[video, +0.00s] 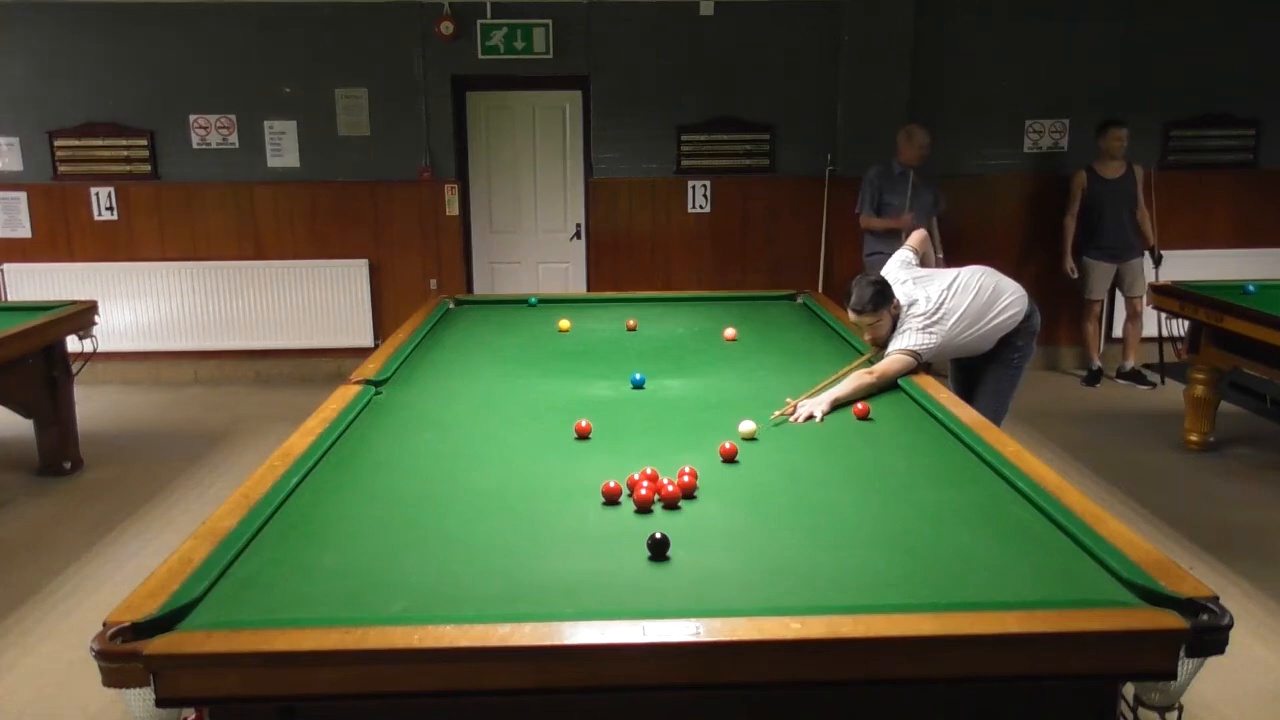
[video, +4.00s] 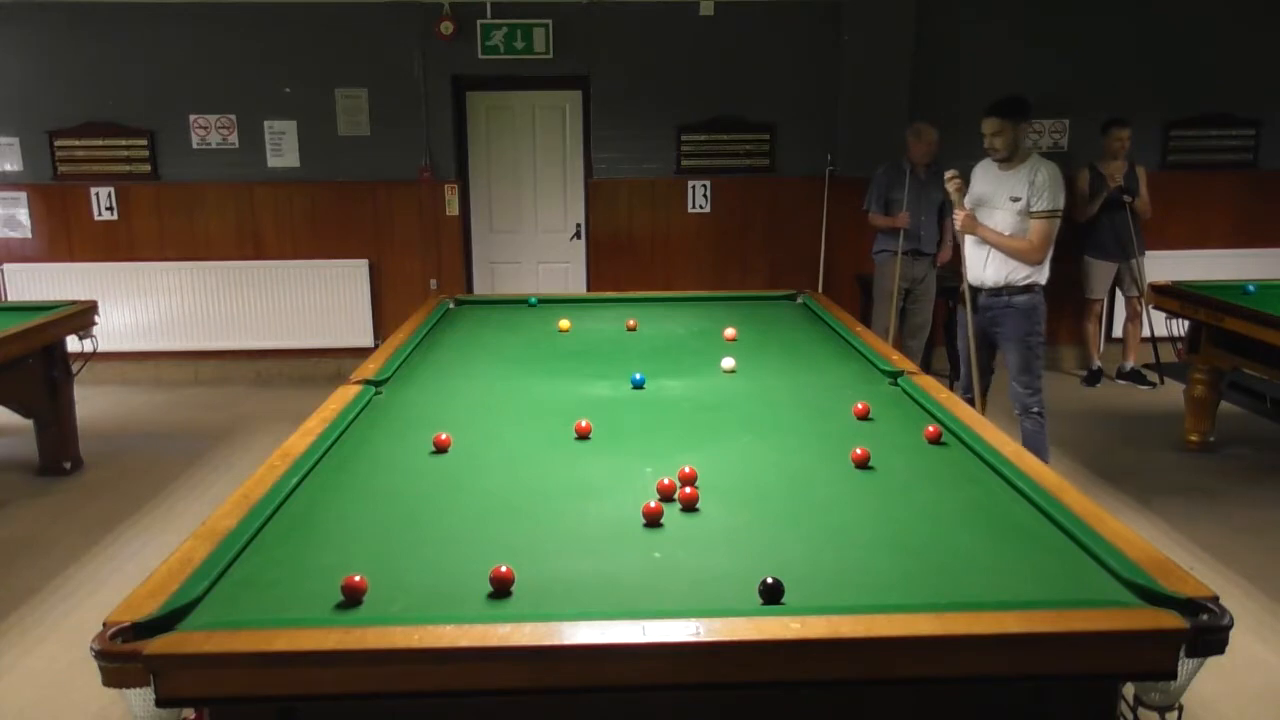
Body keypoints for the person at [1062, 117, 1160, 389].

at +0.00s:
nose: (1122, 144)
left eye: (1124, 139)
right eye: (1116, 139)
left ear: (1127, 142)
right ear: (1101, 142)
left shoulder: (1134, 172)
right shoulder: (1084, 176)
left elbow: (1141, 210)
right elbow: (1071, 216)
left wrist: (1152, 244)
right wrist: (1067, 255)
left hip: (1131, 253)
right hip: (1097, 253)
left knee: (1136, 310)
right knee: (1093, 311)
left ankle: (1128, 366)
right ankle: (1094, 365)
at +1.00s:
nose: (1117, 149)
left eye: (1121, 144)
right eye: (1112, 144)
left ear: (1127, 144)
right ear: (1102, 143)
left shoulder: (1135, 172)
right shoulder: (1086, 175)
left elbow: (1146, 213)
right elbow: (1079, 215)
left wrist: (1139, 197)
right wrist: (1103, 198)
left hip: (1130, 251)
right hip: (1098, 252)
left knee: (1135, 310)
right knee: (1093, 310)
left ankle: (1128, 366)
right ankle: (1095, 364)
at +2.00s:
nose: (1117, 148)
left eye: (1121, 143)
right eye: (1112, 143)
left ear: (1127, 143)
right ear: (1102, 142)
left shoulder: (1135, 172)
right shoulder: (1086, 174)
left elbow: (1146, 213)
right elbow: (1081, 215)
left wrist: (1133, 194)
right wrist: (1105, 192)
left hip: (1130, 251)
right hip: (1098, 251)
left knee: (1135, 310)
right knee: (1093, 309)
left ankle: (1128, 366)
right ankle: (1094, 364)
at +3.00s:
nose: (1123, 146)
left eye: (1126, 141)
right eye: (1117, 140)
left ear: (1130, 142)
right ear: (1105, 141)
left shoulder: (1136, 172)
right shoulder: (1089, 173)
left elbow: (1146, 212)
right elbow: (1083, 214)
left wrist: (1131, 196)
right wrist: (1104, 193)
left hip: (1130, 249)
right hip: (1099, 250)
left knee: (1135, 309)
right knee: (1094, 309)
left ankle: (1128, 366)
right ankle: (1094, 364)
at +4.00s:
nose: (1124, 145)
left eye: (1127, 140)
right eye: (1118, 140)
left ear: (1130, 142)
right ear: (1104, 141)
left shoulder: (1136, 171)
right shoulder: (1087, 173)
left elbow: (1146, 211)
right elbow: (1080, 214)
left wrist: (1130, 196)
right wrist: (1105, 191)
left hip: (1131, 251)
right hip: (1099, 251)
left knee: (1135, 310)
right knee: (1093, 309)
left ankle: (1128, 366)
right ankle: (1094, 365)